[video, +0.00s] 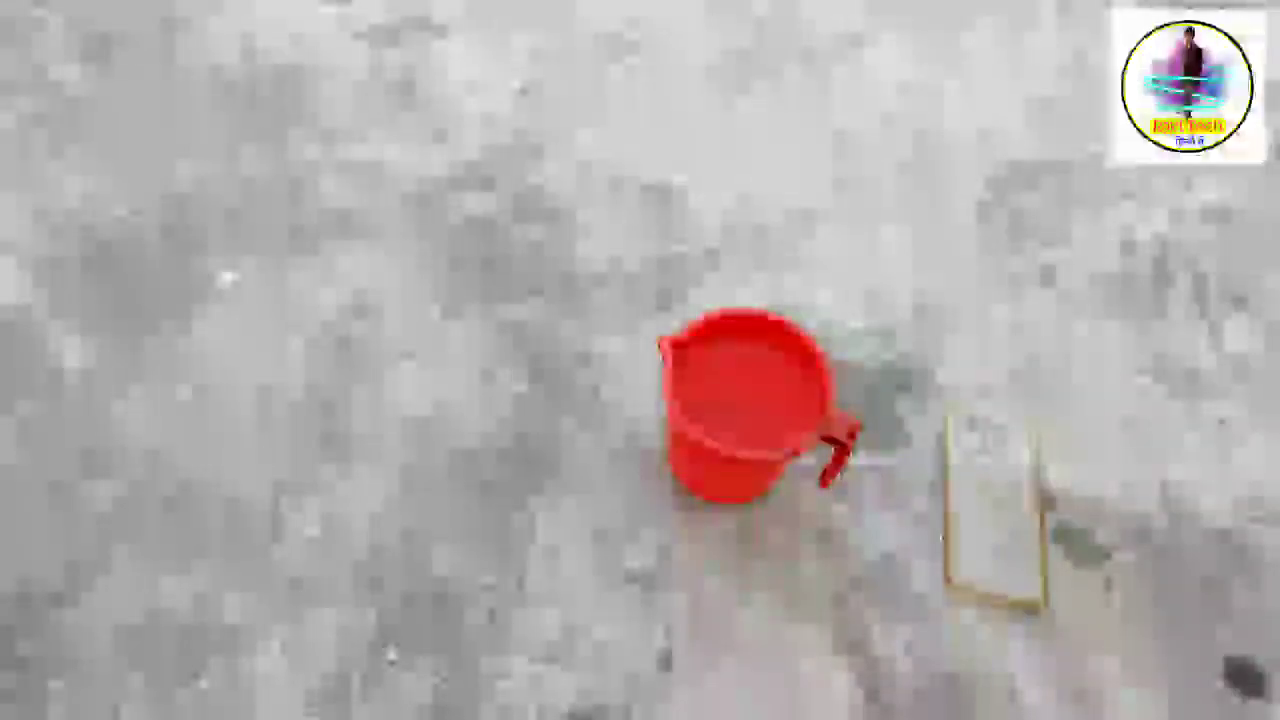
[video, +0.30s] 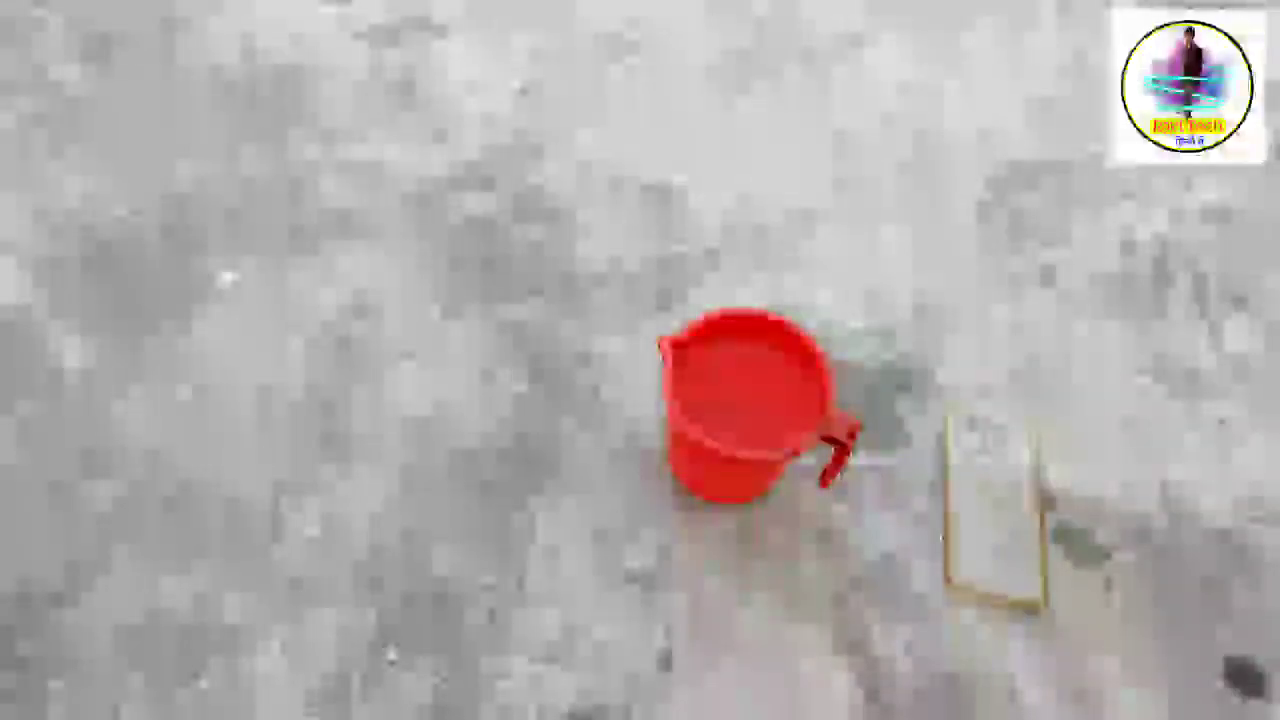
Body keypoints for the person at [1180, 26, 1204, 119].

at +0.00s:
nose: (1187, 38)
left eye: (1189, 36)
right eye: (1186, 36)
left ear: (1193, 36)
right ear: (1184, 36)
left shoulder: (1197, 50)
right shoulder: (1181, 49)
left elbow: (1199, 64)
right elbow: (1176, 61)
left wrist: (1197, 75)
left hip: (1193, 75)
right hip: (1183, 74)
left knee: (1190, 93)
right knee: (1185, 93)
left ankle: (1188, 111)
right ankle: (1186, 111)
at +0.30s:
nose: (1187, 38)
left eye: (1189, 36)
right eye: (1186, 36)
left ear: (1193, 36)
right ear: (1184, 36)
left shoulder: (1197, 50)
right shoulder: (1181, 49)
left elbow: (1199, 64)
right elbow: (1176, 61)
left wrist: (1197, 75)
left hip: (1193, 75)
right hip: (1183, 74)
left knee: (1190, 93)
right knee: (1185, 93)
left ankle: (1188, 111)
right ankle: (1186, 111)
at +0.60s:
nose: (1188, 38)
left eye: (1190, 36)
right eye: (1187, 35)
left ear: (1193, 36)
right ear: (1184, 36)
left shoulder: (1197, 50)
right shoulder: (1181, 49)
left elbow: (1199, 65)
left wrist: (1198, 76)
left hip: (1193, 74)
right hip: (1183, 74)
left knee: (1190, 92)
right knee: (1185, 92)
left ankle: (1188, 111)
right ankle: (1185, 110)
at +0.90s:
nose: (1188, 38)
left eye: (1190, 35)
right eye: (1187, 35)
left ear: (1193, 36)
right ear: (1184, 36)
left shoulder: (1197, 50)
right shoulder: (1181, 49)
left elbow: (1199, 66)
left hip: (1193, 76)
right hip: (1182, 75)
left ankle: (1188, 113)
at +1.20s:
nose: (1188, 38)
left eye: (1190, 36)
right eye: (1187, 35)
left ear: (1193, 36)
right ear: (1184, 36)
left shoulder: (1197, 50)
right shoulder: (1181, 49)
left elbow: (1199, 65)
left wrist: (1198, 77)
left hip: (1193, 74)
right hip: (1183, 74)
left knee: (1190, 92)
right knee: (1185, 92)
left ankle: (1188, 111)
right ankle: (1185, 110)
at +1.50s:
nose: (1188, 38)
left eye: (1190, 36)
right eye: (1186, 36)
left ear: (1193, 36)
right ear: (1184, 36)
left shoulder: (1198, 50)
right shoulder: (1182, 50)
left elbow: (1199, 65)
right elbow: (1177, 62)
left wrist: (1197, 76)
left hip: (1193, 75)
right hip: (1184, 74)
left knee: (1189, 93)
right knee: (1185, 93)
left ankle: (1188, 112)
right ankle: (1186, 111)